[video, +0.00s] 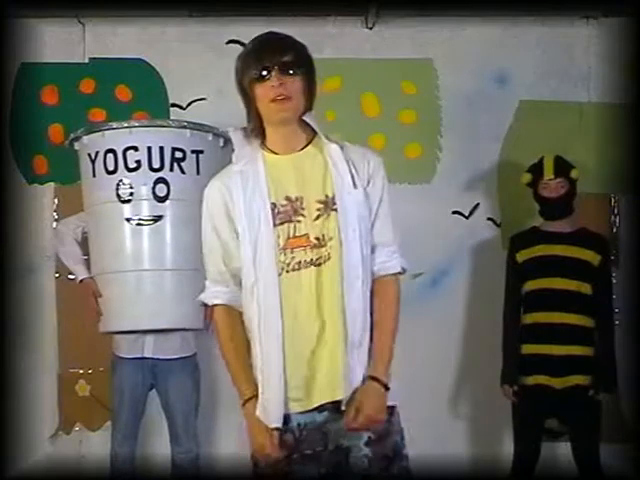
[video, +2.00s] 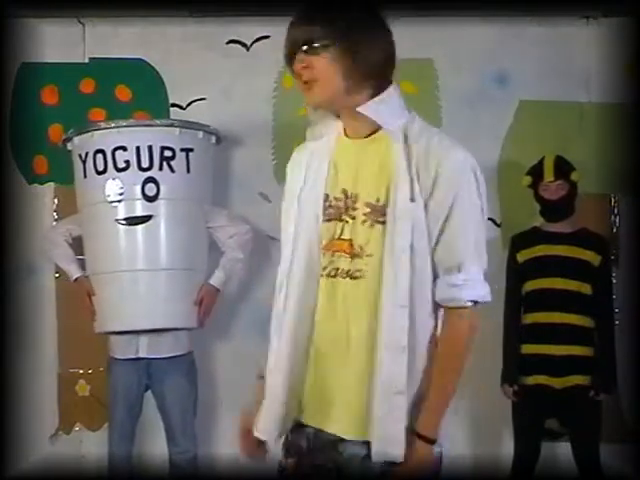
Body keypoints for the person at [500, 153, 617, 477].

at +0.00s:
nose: (552, 192)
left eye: (559, 184)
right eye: (544, 185)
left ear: (572, 187)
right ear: (535, 193)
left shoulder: (596, 245)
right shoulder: (520, 244)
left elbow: (604, 314)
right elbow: (511, 312)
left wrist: (606, 373)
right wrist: (509, 369)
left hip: (581, 373)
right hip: (531, 374)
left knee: (588, 461)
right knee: (524, 460)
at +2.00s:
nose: (552, 193)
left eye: (559, 185)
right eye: (544, 187)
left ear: (572, 188)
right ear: (535, 193)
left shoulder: (596, 246)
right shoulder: (521, 245)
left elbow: (604, 315)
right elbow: (512, 312)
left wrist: (605, 373)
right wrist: (509, 369)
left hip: (580, 376)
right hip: (531, 376)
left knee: (588, 462)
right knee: (524, 461)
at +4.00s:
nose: (537, 195)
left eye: (544, 185)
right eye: (534, 187)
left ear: (565, 189)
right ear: (532, 191)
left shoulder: (598, 247)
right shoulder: (525, 244)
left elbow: (604, 318)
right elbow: (515, 311)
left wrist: (602, 377)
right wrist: (509, 367)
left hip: (580, 380)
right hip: (530, 379)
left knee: (588, 463)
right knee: (524, 462)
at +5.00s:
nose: (554, 195)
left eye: (561, 187)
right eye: (546, 188)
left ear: (573, 189)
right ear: (534, 193)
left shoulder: (597, 245)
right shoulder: (520, 245)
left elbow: (605, 313)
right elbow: (511, 308)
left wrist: (608, 372)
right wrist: (504, 359)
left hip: (581, 372)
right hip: (531, 373)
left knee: (588, 460)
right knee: (524, 459)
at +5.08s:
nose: (556, 195)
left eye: (563, 187)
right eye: (548, 187)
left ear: (575, 189)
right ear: (535, 193)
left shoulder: (597, 245)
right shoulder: (521, 245)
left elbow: (607, 314)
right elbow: (509, 309)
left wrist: (609, 372)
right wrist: (479, 326)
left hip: (581, 371)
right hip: (532, 371)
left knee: (589, 461)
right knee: (525, 459)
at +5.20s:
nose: (555, 194)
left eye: (563, 186)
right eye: (547, 187)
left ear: (576, 190)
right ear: (537, 191)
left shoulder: (599, 245)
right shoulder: (525, 241)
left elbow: (609, 315)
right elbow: (496, 291)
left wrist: (613, 374)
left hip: (581, 370)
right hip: (533, 369)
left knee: (589, 460)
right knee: (526, 459)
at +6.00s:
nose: (579, 192)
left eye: (587, 185)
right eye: (572, 185)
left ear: (599, 192)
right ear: (561, 189)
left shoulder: (611, 251)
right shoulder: (537, 238)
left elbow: (618, 320)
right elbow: (494, 274)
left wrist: (622, 379)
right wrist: (492, 230)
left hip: (587, 367)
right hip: (538, 364)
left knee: (591, 459)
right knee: (528, 458)